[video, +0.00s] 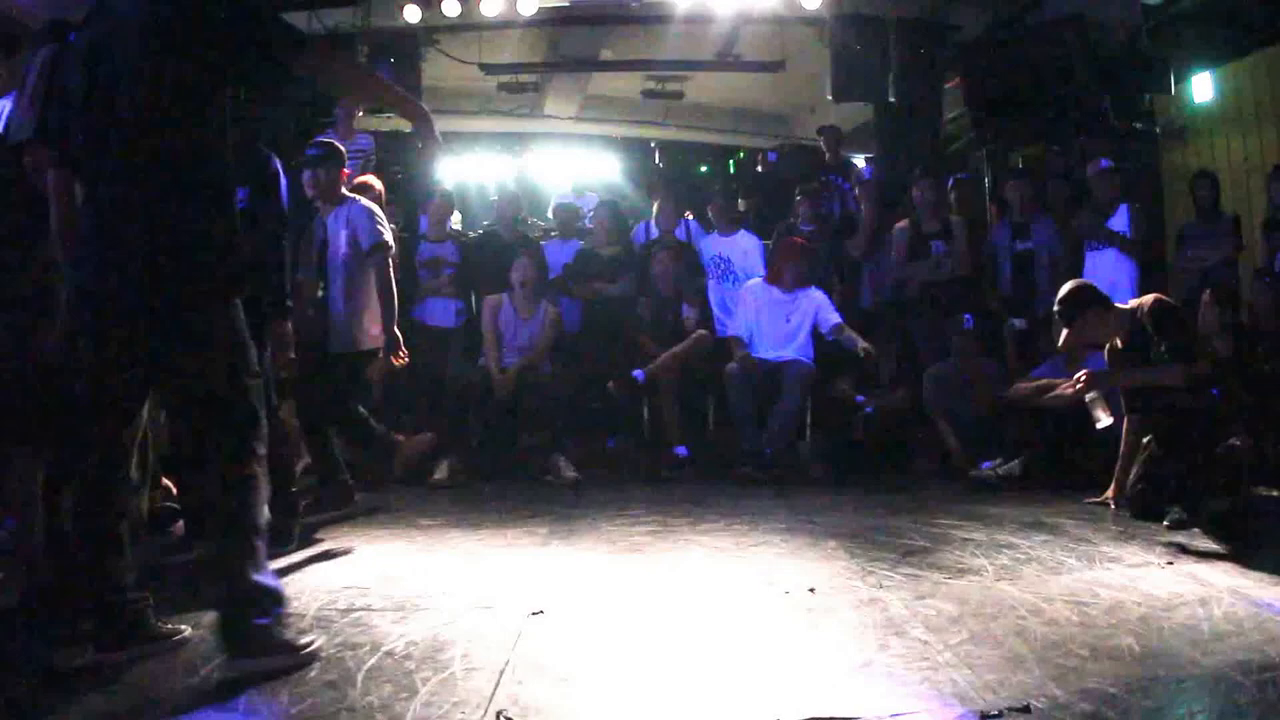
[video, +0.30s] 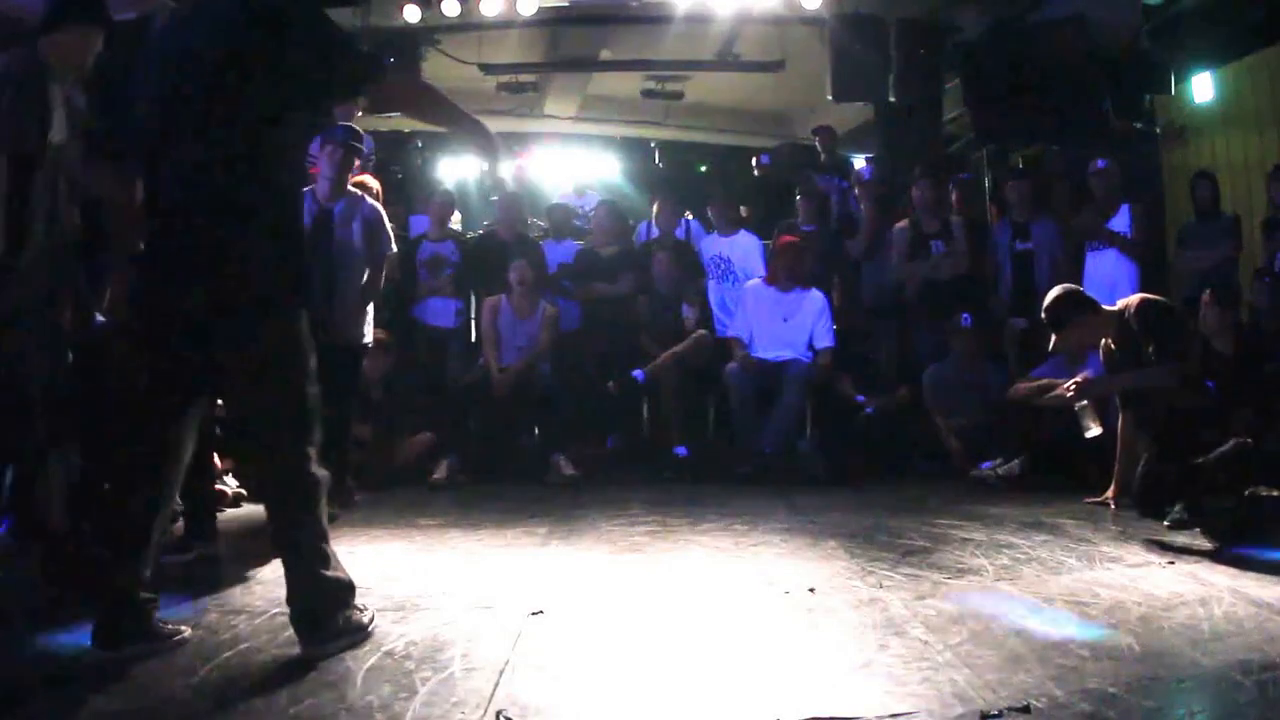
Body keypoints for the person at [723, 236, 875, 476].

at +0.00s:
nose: (800, 272)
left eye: (802, 265)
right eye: (794, 265)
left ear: (806, 266)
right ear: (779, 265)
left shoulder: (813, 296)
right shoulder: (753, 290)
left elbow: (837, 328)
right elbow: (736, 335)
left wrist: (859, 343)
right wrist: (742, 356)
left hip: (793, 362)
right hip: (758, 360)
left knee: (799, 374)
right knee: (734, 373)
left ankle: (774, 451)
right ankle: (750, 450)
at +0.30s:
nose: (791, 265)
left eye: (797, 259)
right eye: (786, 258)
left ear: (804, 263)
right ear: (774, 261)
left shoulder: (815, 299)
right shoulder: (753, 291)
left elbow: (825, 348)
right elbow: (736, 335)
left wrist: (818, 369)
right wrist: (742, 356)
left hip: (794, 361)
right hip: (759, 359)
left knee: (797, 374)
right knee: (734, 374)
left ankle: (774, 449)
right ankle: (748, 449)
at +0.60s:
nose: (785, 265)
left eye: (790, 258)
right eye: (780, 258)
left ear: (799, 262)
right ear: (770, 261)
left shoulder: (814, 299)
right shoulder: (749, 292)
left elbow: (823, 347)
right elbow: (735, 337)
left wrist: (803, 361)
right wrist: (741, 355)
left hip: (791, 361)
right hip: (757, 361)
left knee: (798, 373)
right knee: (732, 374)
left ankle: (775, 450)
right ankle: (751, 450)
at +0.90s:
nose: (784, 265)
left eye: (788, 258)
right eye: (778, 258)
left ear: (796, 262)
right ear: (768, 262)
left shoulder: (811, 298)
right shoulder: (746, 293)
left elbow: (820, 346)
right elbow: (733, 339)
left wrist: (799, 361)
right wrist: (742, 357)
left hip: (789, 362)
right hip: (755, 362)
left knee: (798, 374)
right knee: (731, 374)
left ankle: (774, 447)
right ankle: (749, 448)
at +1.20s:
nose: (779, 265)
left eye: (784, 259)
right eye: (773, 259)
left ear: (794, 261)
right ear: (765, 262)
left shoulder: (810, 298)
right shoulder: (744, 293)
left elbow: (821, 345)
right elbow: (733, 339)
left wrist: (798, 360)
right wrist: (739, 354)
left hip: (788, 361)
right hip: (755, 360)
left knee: (801, 375)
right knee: (731, 373)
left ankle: (774, 447)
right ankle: (747, 446)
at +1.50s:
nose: (778, 267)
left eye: (784, 260)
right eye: (773, 260)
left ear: (793, 263)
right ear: (765, 262)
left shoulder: (809, 297)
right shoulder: (744, 293)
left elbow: (820, 346)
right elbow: (733, 338)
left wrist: (799, 361)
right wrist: (738, 354)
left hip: (787, 361)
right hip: (754, 361)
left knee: (799, 376)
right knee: (731, 374)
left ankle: (773, 446)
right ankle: (749, 446)